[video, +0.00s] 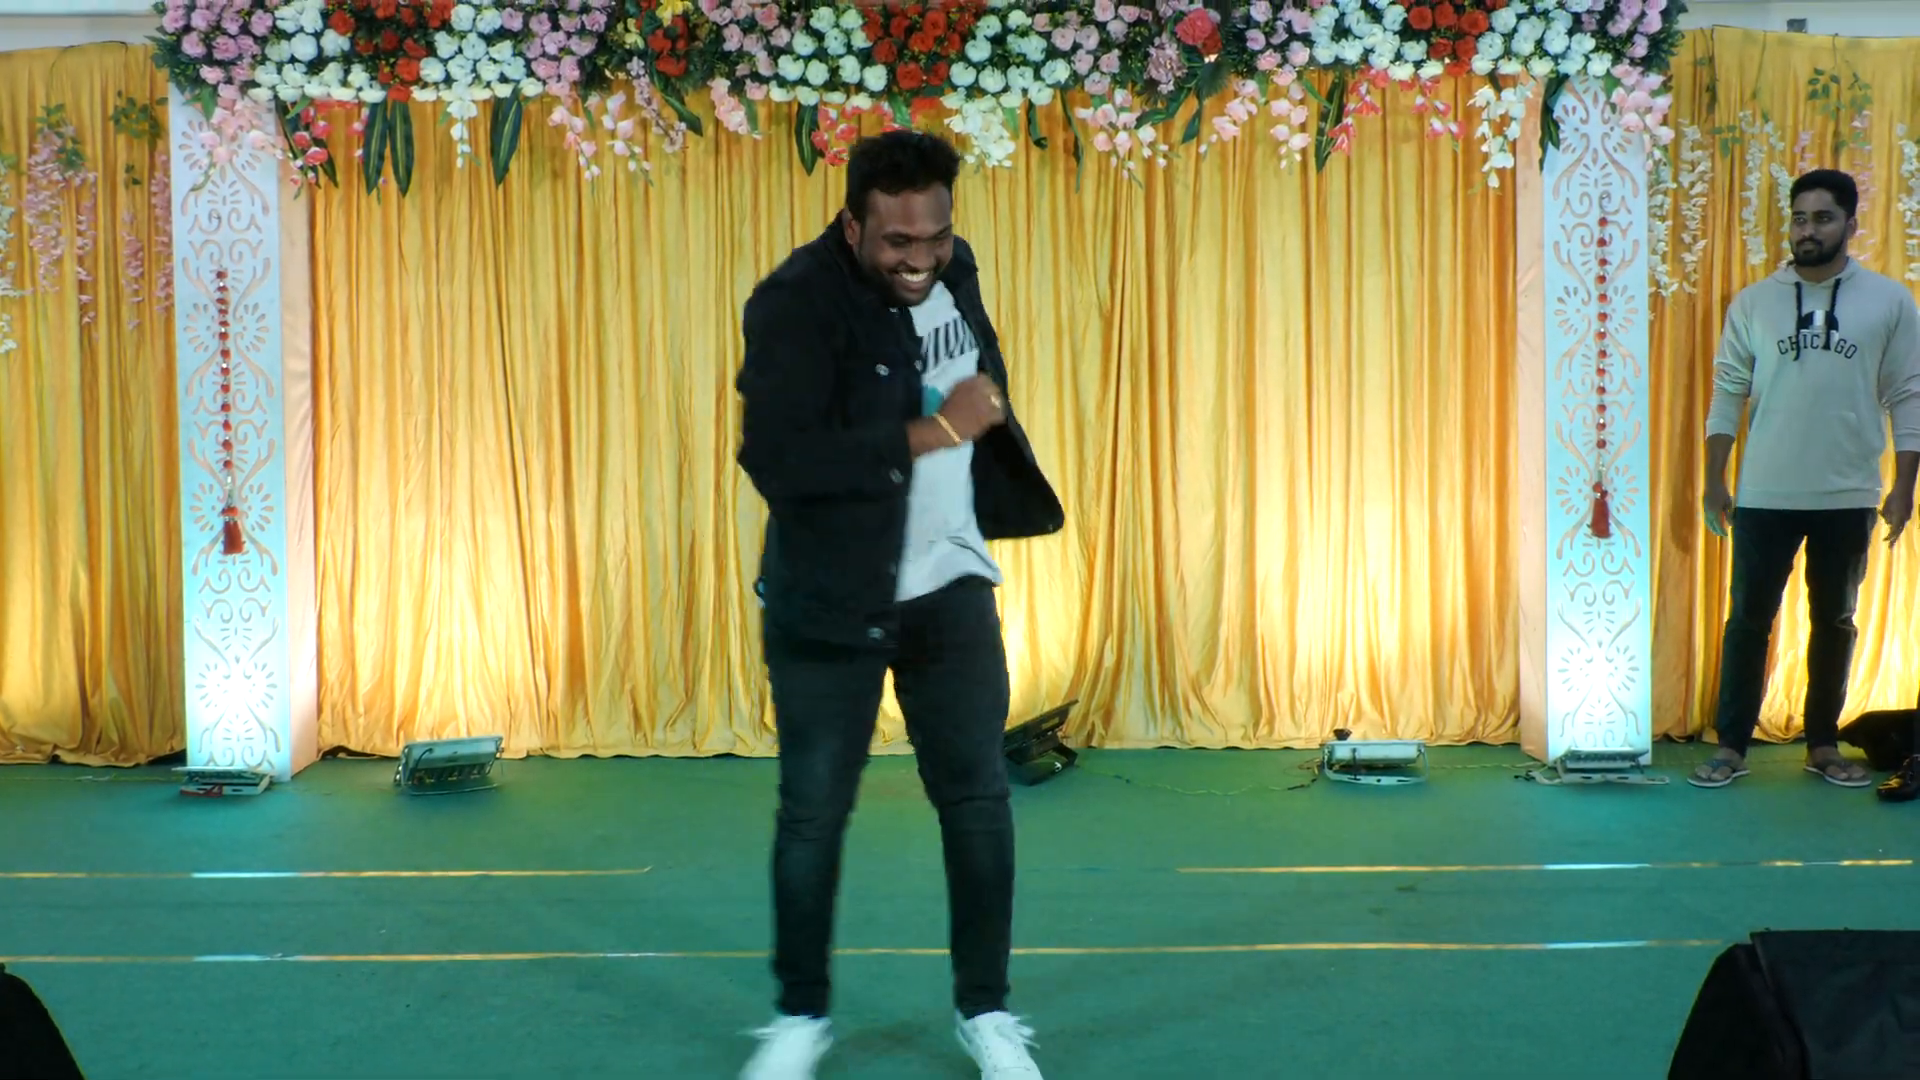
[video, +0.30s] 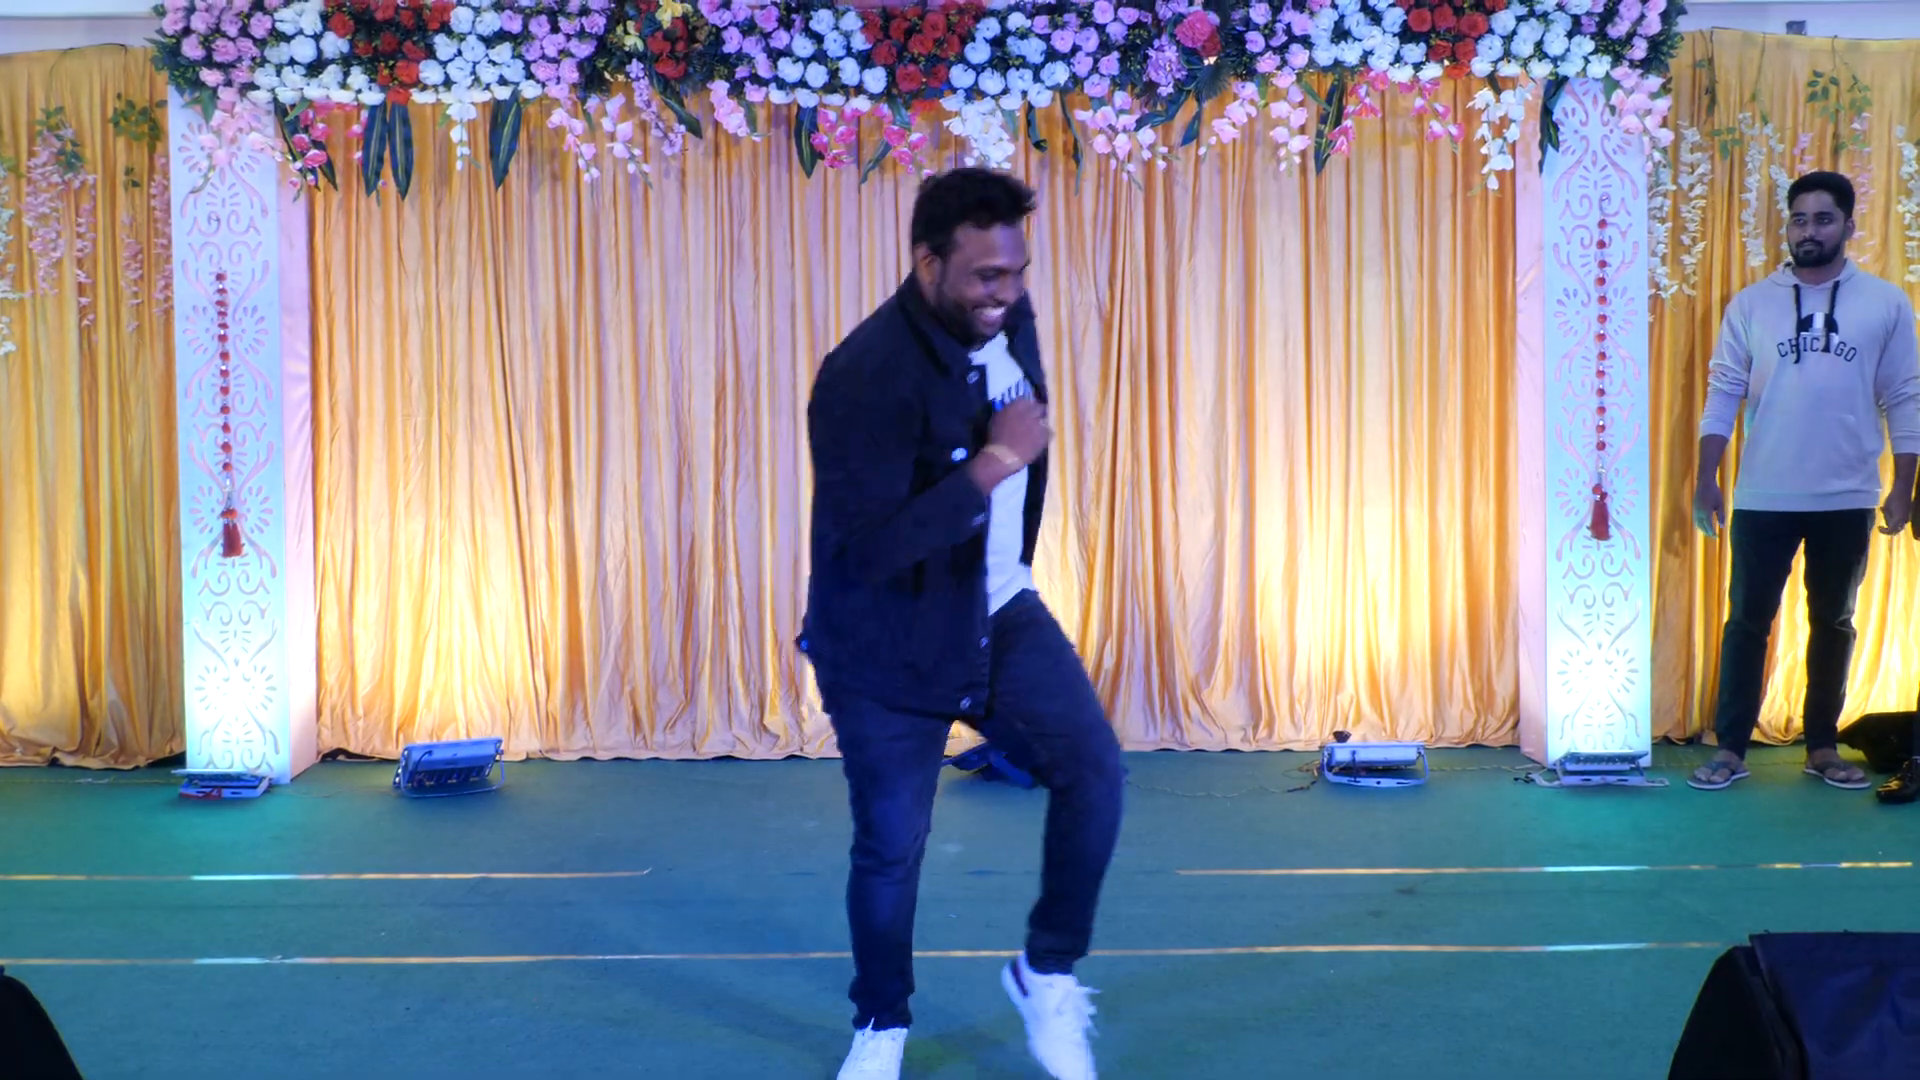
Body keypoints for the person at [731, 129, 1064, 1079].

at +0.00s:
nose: (916, 260)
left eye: (933, 239)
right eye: (895, 241)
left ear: (953, 221)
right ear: (852, 221)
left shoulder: (955, 274)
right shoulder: (793, 302)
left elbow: (964, 400)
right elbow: (776, 460)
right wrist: (933, 433)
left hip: (949, 587)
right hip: (829, 603)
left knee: (979, 796)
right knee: (812, 810)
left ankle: (985, 1008)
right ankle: (800, 1014)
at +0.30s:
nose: (1006, 294)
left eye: (1016, 272)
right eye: (986, 275)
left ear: (1025, 261)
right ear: (926, 262)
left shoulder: (1014, 323)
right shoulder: (862, 374)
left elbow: (1002, 462)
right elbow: (870, 549)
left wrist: (1004, 589)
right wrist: (994, 465)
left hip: (1002, 616)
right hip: (891, 644)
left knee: (1095, 774)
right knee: (891, 843)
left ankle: (1049, 971)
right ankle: (880, 1027)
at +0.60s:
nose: (1111, 284)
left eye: (1118, 264)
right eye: (1090, 267)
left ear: (1125, 248)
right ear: (1031, 254)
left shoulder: (1085, 300)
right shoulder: (997, 331)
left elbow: (1127, 289)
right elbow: (1040, 509)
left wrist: (1212, 319)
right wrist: (1174, 607)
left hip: (1096, 634)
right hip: (980, 637)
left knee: (1127, 837)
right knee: (920, 821)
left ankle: (1104, 1037)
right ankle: (839, 916)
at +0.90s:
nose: (1082, 306)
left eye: (1098, 283)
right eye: (1059, 286)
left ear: (1119, 282)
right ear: (1020, 287)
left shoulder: (1166, 380)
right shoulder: (957, 390)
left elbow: (1234, 522)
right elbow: (879, 524)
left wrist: (1162, 501)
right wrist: (867, 683)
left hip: (1114, 659)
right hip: (984, 655)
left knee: (1131, 856)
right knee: (955, 836)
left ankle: (1103, 1035)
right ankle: (1002, 750)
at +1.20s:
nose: (1006, 271)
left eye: (1024, 249)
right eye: (985, 251)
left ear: (1049, 246)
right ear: (950, 246)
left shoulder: (1082, 347)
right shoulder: (892, 316)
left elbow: (1056, 482)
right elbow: (832, 419)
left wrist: (931, 396)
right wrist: (783, 524)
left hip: (1065, 624)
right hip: (942, 618)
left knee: (1086, 817)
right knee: (903, 812)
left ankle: (1106, 995)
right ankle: (892, 1025)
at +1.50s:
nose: (934, 285)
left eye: (958, 269)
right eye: (919, 261)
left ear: (991, 277)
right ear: (896, 263)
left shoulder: (1010, 376)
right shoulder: (872, 339)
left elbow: (914, 461)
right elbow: (852, 446)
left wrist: (825, 375)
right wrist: (825, 516)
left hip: (1031, 626)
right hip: (917, 615)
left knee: (1067, 793)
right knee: (862, 776)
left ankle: (1100, 975)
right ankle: (877, 982)